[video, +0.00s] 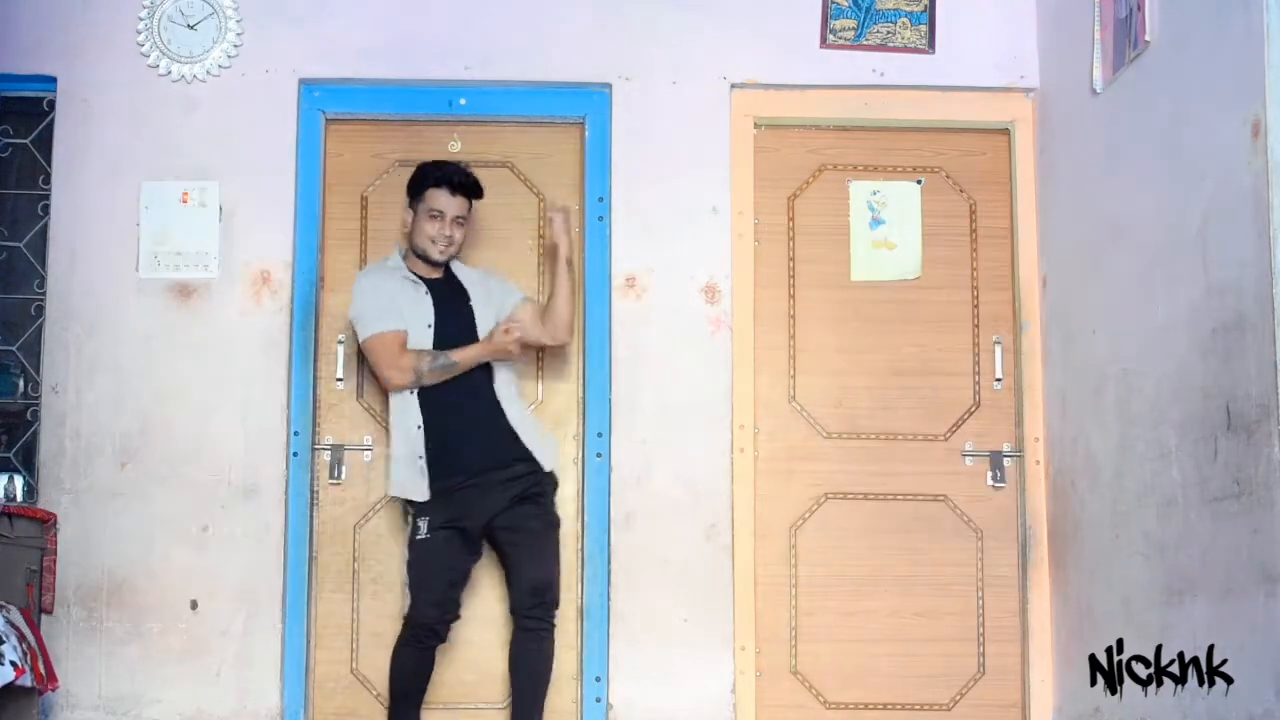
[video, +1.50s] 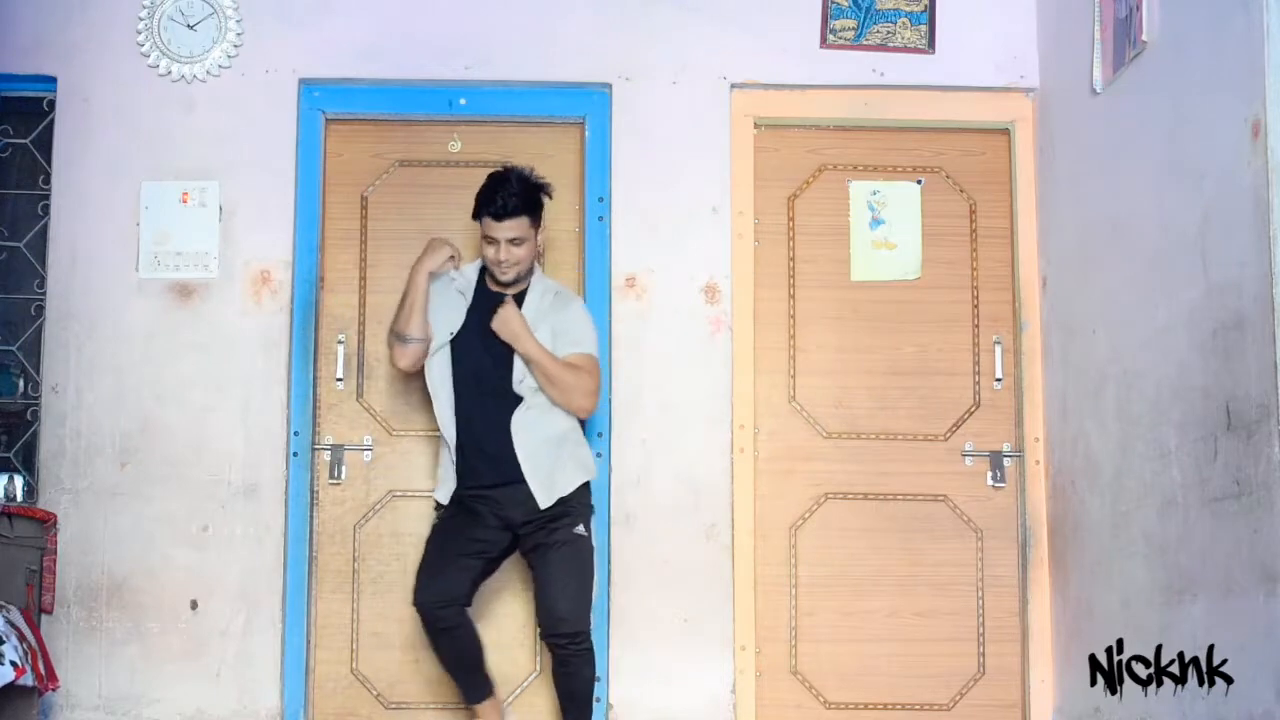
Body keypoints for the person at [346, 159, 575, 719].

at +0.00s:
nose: (446, 231)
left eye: (459, 221)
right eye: (435, 216)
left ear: (469, 226)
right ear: (409, 215)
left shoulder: (485, 285)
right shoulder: (378, 284)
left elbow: (554, 333)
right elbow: (394, 371)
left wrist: (563, 252)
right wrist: (488, 349)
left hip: (522, 477)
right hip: (443, 489)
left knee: (538, 612)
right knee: (427, 622)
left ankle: (527, 717)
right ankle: (402, 716)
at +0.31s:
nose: (466, 238)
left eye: (480, 230)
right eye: (457, 222)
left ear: (493, 237)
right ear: (436, 222)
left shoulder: (505, 285)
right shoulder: (407, 312)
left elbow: (572, 334)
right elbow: (420, 406)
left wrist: (557, 259)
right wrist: (479, 339)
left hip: (513, 490)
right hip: (435, 499)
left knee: (570, 585)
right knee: (417, 628)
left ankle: (544, 713)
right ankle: (404, 719)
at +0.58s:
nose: (497, 225)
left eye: (511, 215)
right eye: (487, 209)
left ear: (525, 219)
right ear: (467, 206)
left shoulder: (542, 269)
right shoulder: (441, 279)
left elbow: (632, 282)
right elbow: (462, 371)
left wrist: (710, 261)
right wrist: (536, 394)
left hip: (579, 469)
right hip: (501, 479)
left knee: (601, 609)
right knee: (473, 611)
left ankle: (606, 717)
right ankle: (460, 707)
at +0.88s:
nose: (546, 236)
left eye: (556, 222)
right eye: (531, 225)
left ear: (570, 224)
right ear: (510, 229)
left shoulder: (595, 300)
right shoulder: (486, 293)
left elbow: (634, 389)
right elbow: (451, 360)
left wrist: (580, 346)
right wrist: (461, 272)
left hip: (618, 485)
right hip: (543, 495)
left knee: (625, 620)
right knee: (540, 604)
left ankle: (616, 716)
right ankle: (578, 660)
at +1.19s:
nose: (532, 214)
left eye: (543, 200)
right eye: (518, 203)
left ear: (560, 202)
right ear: (501, 207)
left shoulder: (590, 271)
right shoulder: (470, 274)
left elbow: (605, 362)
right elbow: (426, 337)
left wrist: (532, 346)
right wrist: (427, 242)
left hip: (560, 486)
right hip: (475, 483)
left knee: (564, 620)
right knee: (448, 615)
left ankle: (589, 717)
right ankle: (436, 717)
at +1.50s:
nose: (502, 255)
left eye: (516, 242)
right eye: (491, 241)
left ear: (539, 237)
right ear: (478, 234)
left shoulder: (564, 308)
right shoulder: (448, 293)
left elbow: (584, 400)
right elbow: (406, 358)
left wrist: (524, 340)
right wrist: (421, 271)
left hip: (556, 499)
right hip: (475, 499)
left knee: (566, 631)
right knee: (437, 600)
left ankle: (578, 719)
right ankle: (485, 708)